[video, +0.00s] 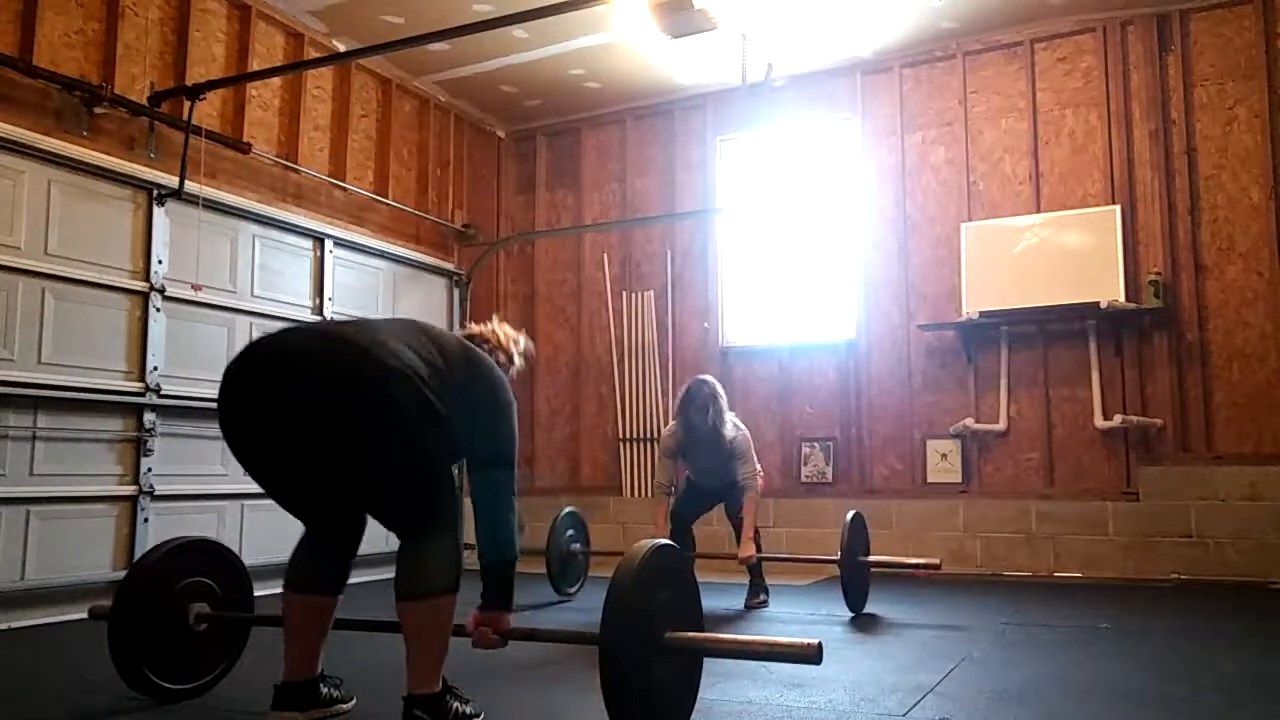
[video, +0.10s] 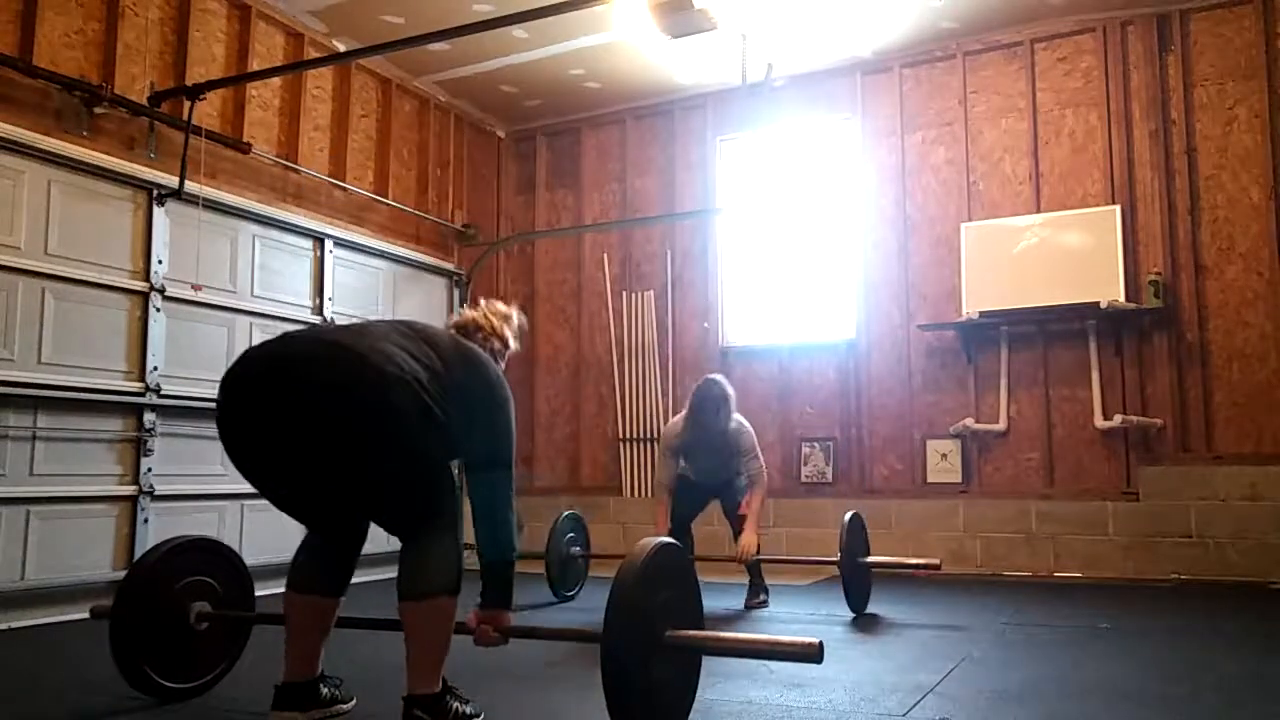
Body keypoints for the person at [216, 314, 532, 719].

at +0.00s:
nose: (510, 386)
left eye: (513, 380)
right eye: (511, 379)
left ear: (467, 341)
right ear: (502, 364)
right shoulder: (490, 387)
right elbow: (496, 513)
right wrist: (495, 605)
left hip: (251, 386)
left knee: (334, 520)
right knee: (430, 528)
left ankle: (298, 685)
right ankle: (426, 694)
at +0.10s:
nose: (504, 368)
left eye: (507, 360)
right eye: (505, 359)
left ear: (454, 332)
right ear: (497, 352)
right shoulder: (485, 383)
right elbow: (494, 509)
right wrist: (495, 604)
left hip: (249, 394)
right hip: (363, 404)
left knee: (338, 520)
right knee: (432, 526)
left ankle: (298, 684)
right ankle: (426, 693)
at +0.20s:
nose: (500, 357)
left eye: (501, 349)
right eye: (500, 349)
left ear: (448, 319)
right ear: (492, 340)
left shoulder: (397, 335)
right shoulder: (482, 368)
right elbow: (493, 487)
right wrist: (496, 588)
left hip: (248, 380)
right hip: (362, 392)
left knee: (333, 522)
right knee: (427, 530)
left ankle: (298, 686)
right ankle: (426, 695)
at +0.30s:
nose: (498, 331)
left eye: (498, 323)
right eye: (499, 322)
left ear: (447, 296)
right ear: (493, 315)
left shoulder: (398, 311)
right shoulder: (479, 340)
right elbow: (493, 460)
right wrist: (496, 558)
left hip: (248, 362)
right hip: (356, 376)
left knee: (325, 521)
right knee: (419, 528)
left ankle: (297, 686)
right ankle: (426, 696)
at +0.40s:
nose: (497, 304)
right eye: (497, 293)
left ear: (443, 266)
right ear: (489, 287)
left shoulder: (391, 282)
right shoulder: (478, 313)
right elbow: (493, 428)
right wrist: (497, 517)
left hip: (250, 349)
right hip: (357, 366)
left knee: (312, 521)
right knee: (410, 527)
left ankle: (296, 686)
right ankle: (425, 696)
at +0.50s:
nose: (494, 267)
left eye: (494, 259)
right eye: (493, 259)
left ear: (442, 234)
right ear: (485, 252)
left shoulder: (385, 254)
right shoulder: (475, 275)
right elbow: (497, 366)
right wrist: (494, 472)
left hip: (255, 345)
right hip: (357, 362)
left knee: (308, 518)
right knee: (407, 524)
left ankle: (294, 685)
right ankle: (424, 696)